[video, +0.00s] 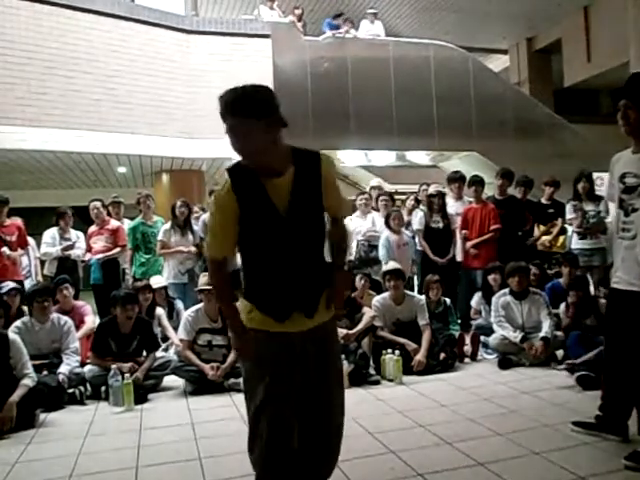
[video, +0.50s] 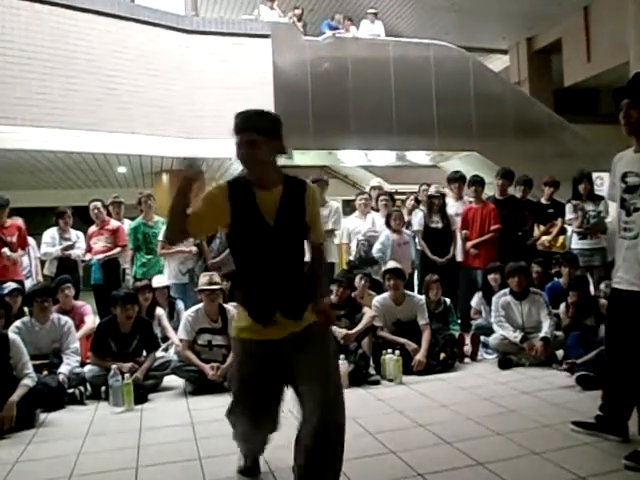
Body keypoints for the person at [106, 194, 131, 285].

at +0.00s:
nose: (116, 210)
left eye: (119, 207)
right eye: (113, 207)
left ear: (123, 208)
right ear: (108, 209)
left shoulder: (130, 224)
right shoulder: (106, 225)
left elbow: (133, 244)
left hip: (126, 263)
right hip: (110, 262)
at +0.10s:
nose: (116, 210)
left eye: (119, 207)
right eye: (113, 207)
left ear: (123, 209)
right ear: (109, 209)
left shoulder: (130, 224)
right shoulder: (106, 225)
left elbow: (133, 244)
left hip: (126, 263)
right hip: (110, 262)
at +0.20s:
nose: (116, 210)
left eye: (119, 207)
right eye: (113, 207)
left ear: (123, 209)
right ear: (109, 209)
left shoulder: (130, 224)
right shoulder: (106, 225)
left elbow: (133, 245)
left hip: (126, 263)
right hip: (110, 262)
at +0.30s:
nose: (116, 210)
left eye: (119, 207)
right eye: (113, 207)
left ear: (123, 208)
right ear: (109, 209)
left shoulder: (130, 224)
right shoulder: (106, 225)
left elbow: (133, 244)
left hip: (126, 263)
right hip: (110, 262)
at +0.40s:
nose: (117, 210)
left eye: (119, 207)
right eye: (114, 207)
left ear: (123, 208)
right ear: (109, 209)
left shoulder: (130, 225)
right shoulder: (106, 226)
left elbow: (133, 245)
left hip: (126, 263)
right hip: (110, 262)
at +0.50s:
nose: (117, 210)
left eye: (119, 207)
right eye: (114, 207)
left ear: (123, 208)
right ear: (109, 209)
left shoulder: (130, 225)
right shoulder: (106, 226)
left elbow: (132, 245)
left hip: (126, 263)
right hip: (110, 262)